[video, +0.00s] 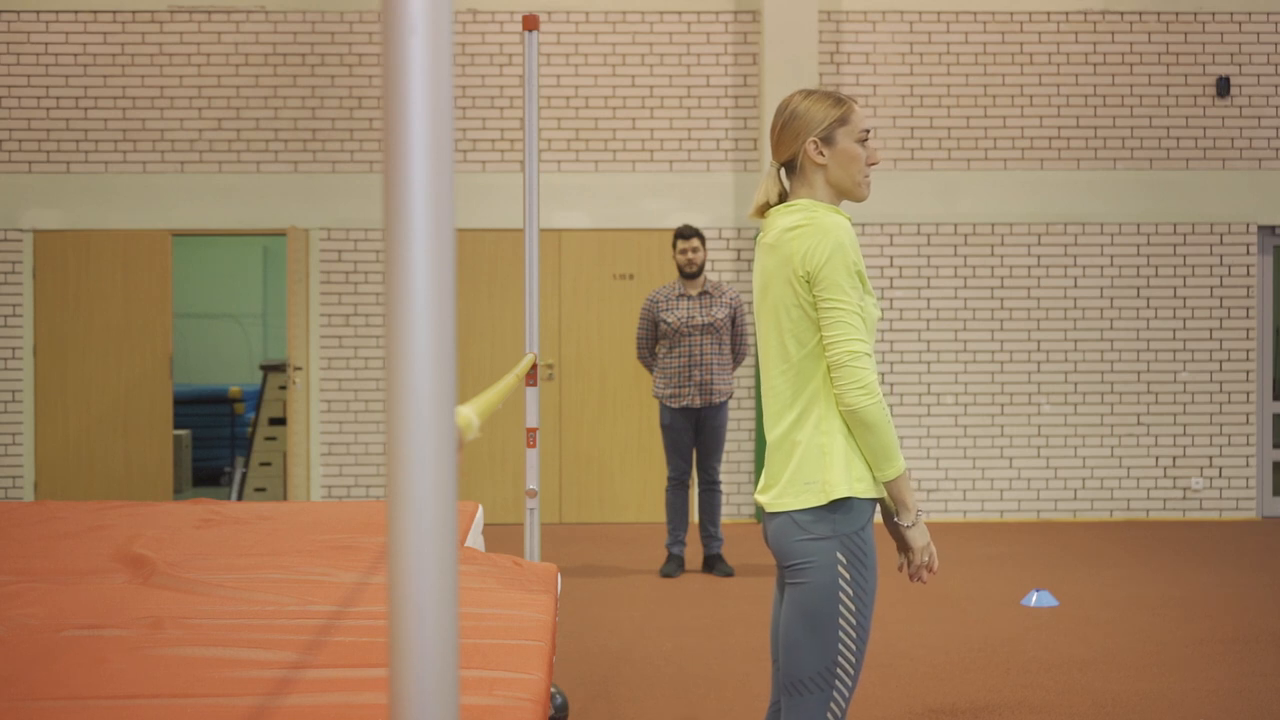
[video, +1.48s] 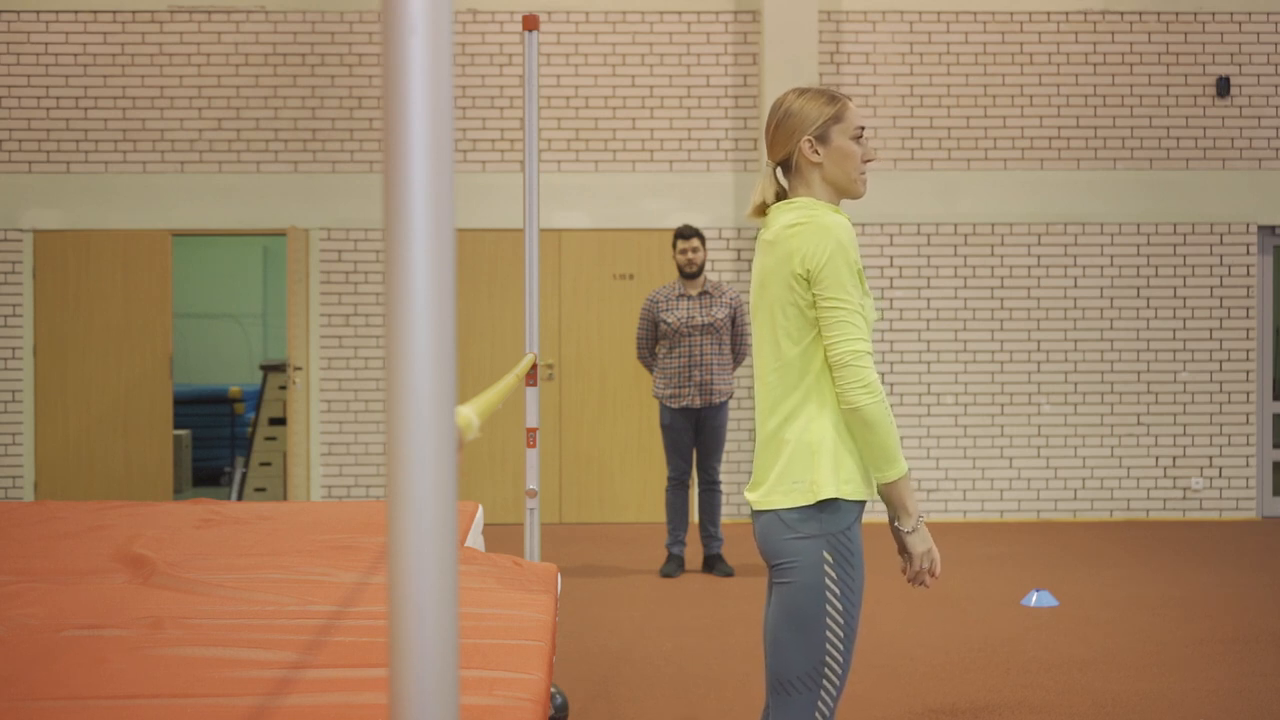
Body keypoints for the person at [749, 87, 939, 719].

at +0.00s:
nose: (873, 154)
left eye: (869, 140)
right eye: (860, 141)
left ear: (814, 154)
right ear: (816, 152)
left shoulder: (780, 231)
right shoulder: (827, 233)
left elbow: (795, 386)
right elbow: (854, 387)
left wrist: (890, 505)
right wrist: (907, 510)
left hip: (795, 502)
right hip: (828, 504)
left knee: (794, 705)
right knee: (818, 707)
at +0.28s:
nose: (872, 154)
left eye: (868, 140)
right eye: (859, 141)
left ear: (813, 154)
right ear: (815, 152)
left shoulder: (779, 231)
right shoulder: (826, 232)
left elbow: (786, 384)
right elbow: (854, 386)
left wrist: (890, 506)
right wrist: (907, 508)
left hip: (797, 502)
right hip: (831, 504)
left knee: (796, 704)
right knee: (819, 707)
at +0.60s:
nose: (871, 153)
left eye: (867, 138)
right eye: (858, 139)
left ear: (812, 153)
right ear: (813, 151)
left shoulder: (778, 230)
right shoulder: (825, 231)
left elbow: (789, 384)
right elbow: (854, 385)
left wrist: (894, 508)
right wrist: (908, 506)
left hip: (798, 502)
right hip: (830, 504)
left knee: (800, 705)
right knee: (817, 707)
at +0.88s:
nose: (870, 152)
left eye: (866, 137)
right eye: (857, 137)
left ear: (812, 151)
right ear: (813, 149)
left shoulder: (779, 228)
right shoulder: (823, 229)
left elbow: (787, 382)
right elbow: (853, 384)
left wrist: (895, 506)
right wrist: (907, 505)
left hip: (798, 501)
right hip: (827, 504)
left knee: (800, 705)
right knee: (814, 707)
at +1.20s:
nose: (869, 151)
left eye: (865, 137)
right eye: (857, 137)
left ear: (812, 152)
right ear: (813, 150)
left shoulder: (783, 228)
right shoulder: (823, 230)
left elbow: (803, 385)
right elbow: (851, 385)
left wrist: (897, 508)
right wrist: (905, 508)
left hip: (796, 503)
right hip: (823, 506)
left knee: (798, 706)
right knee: (810, 708)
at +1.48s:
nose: (868, 151)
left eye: (864, 138)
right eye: (856, 138)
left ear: (811, 154)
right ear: (811, 151)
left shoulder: (783, 231)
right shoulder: (825, 231)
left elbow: (808, 385)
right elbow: (855, 384)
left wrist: (903, 514)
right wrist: (907, 517)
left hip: (791, 507)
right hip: (818, 510)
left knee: (790, 707)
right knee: (806, 708)